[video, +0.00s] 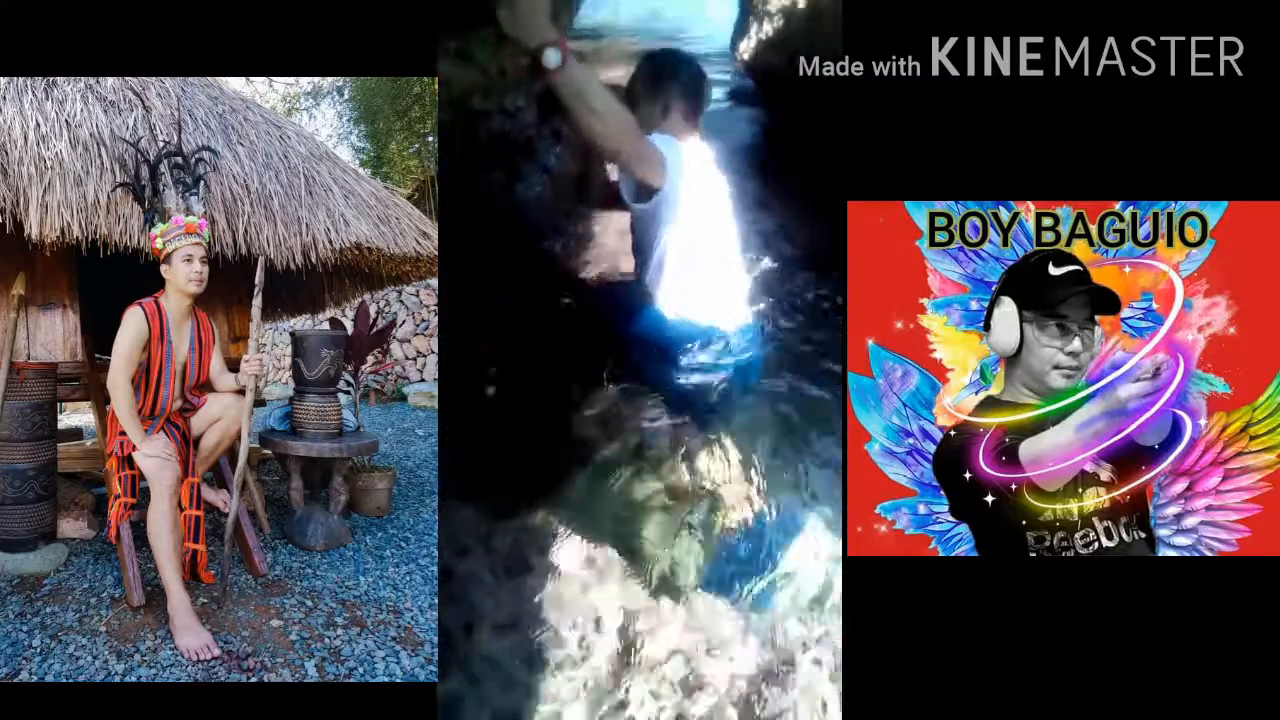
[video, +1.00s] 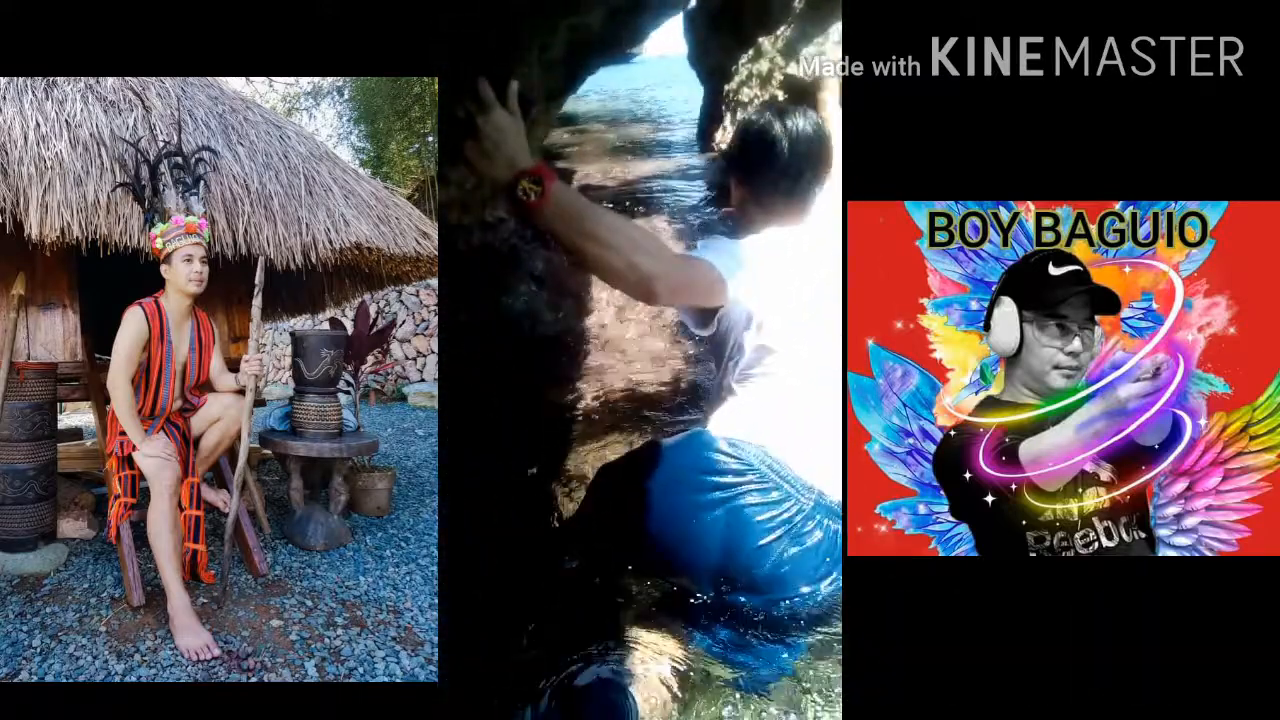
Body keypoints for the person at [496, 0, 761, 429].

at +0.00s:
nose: (635, 118)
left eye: (640, 107)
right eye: (634, 107)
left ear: (667, 106)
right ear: (696, 112)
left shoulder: (668, 157)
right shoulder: (708, 162)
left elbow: (618, 141)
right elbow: (598, 196)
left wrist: (545, 43)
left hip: (683, 351)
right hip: (738, 345)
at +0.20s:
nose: (628, 145)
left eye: (631, 133)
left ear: (637, 141)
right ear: (698, 141)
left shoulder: (661, 198)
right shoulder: (715, 204)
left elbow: (617, 190)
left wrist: (538, 91)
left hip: (676, 401)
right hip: (743, 399)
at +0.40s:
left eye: (652, 168)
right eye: (729, 162)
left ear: (662, 170)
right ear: (723, 172)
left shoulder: (682, 228)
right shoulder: (757, 223)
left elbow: (641, 254)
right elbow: (775, 196)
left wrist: (557, 147)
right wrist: (755, 136)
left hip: (696, 439)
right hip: (766, 439)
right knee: (756, 595)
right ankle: (754, 707)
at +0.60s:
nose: (769, 188)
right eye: (767, 177)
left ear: (693, 195)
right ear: (765, 190)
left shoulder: (726, 253)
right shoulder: (800, 254)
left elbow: (654, 293)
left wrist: (545, 197)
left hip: (729, 482)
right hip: (807, 490)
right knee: (780, 661)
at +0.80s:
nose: (708, 188)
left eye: (711, 172)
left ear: (717, 175)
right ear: (798, 171)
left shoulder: (742, 243)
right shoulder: (834, 227)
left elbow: (650, 270)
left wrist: (521, 174)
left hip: (742, 483)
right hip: (831, 519)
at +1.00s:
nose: (725, 197)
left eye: (727, 181)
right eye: (727, 180)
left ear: (740, 186)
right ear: (822, 183)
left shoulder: (761, 255)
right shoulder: (860, 244)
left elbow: (654, 275)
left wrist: (525, 175)